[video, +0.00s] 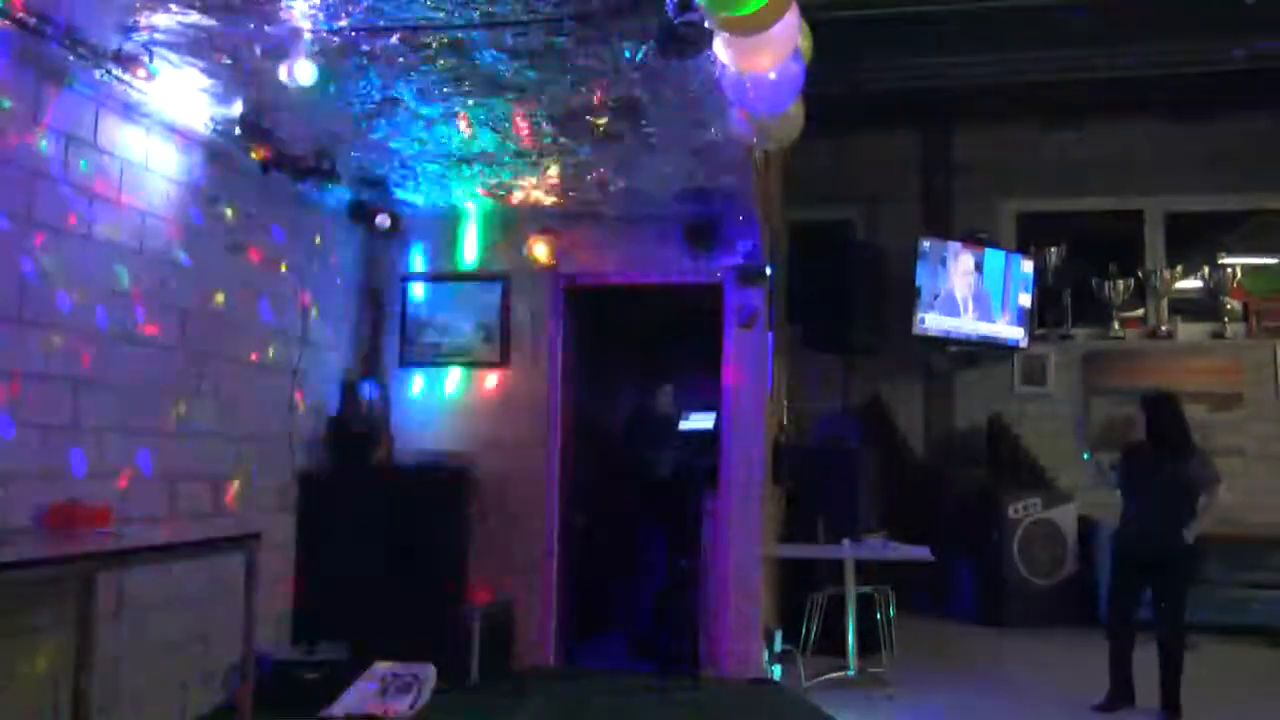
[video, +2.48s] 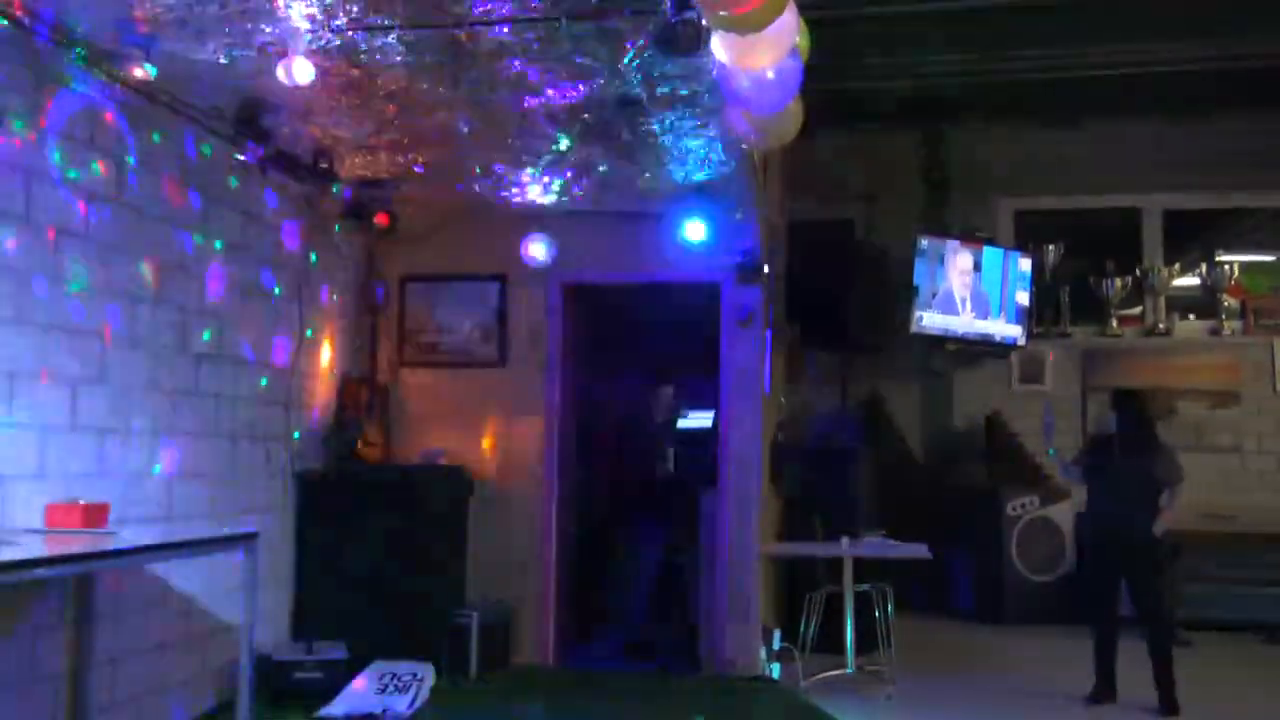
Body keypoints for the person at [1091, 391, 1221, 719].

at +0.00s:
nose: (1139, 421)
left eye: (1142, 415)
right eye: (1141, 414)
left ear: (1148, 418)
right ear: (1177, 418)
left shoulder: (1133, 453)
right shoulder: (1189, 454)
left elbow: (1125, 490)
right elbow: (1212, 490)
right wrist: (1193, 529)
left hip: (1133, 546)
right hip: (1174, 547)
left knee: (1119, 619)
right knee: (1171, 624)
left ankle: (1120, 692)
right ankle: (1170, 702)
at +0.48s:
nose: (1149, 419)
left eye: (1151, 412)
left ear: (1150, 415)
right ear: (1182, 415)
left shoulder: (1132, 452)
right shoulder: (1191, 454)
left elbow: (1101, 475)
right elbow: (1213, 492)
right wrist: (1195, 529)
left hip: (1133, 547)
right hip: (1174, 549)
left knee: (1129, 624)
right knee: (1173, 628)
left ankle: (1123, 693)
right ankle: (1171, 702)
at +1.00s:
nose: (1146, 419)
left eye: (1149, 413)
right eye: (1149, 412)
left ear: (1153, 416)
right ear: (1183, 414)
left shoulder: (1137, 453)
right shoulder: (1202, 456)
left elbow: (1102, 476)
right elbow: (1218, 505)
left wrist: (1106, 446)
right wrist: (1198, 534)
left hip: (1136, 546)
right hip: (1181, 547)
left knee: (1127, 621)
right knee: (1173, 625)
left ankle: (1123, 693)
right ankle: (1171, 703)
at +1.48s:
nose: (1142, 416)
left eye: (1145, 409)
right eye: (1146, 408)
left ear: (1149, 413)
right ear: (1181, 411)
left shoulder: (1134, 449)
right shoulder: (1193, 451)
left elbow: (1108, 476)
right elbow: (1215, 493)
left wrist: (1086, 450)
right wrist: (1197, 529)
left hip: (1133, 545)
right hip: (1177, 546)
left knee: (1130, 621)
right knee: (1174, 625)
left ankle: (1125, 694)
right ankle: (1171, 701)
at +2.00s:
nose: (1139, 418)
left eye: (1141, 411)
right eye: (1144, 410)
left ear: (1142, 414)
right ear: (1172, 413)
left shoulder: (1129, 449)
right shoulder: (1184, 450)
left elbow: (1098, 474)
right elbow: (1207, 485)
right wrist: (1192, 522)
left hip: (1125, 542)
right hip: (1168, 543)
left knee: (1114, 615)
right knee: (1168, 621)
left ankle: (1108, 685)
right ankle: (1169, 699)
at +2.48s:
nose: (1122, 420)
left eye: (1120, 411)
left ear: (1115, 414)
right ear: (1145, 414)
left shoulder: (1101, 446)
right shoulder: (1156, 449)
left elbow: (1074, 475)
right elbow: (1175, 487)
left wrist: (1055, 458)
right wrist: (1160, 524)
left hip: (1102, 543)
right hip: (1141, 543)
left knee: (1103, 617)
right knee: (1155, 620)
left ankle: (1104, 688)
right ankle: (1167, 697)